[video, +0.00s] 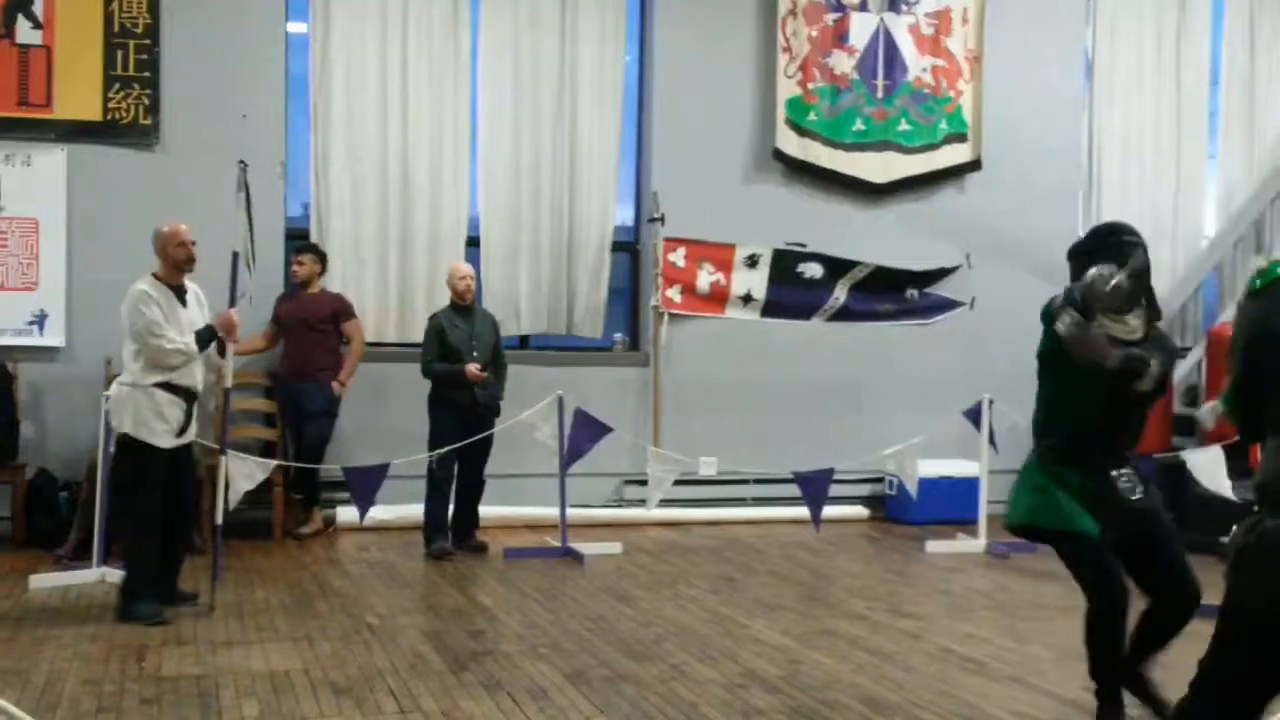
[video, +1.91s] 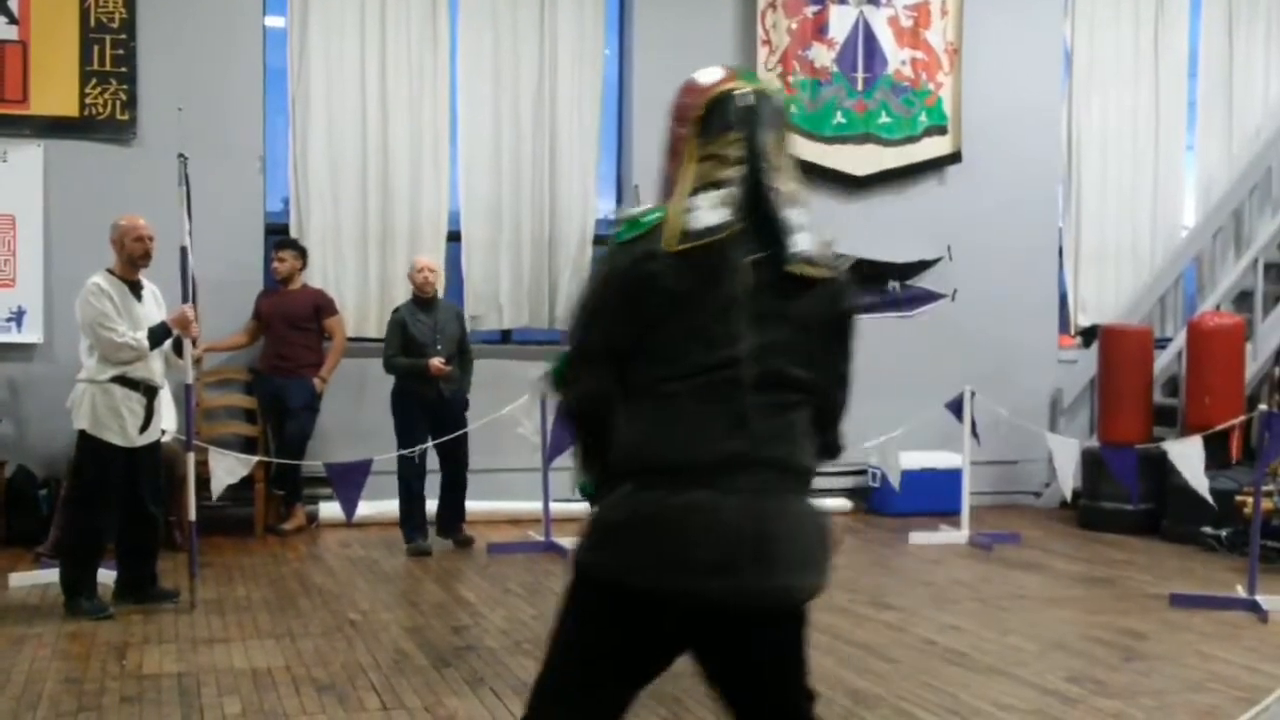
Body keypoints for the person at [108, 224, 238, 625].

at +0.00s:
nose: (191, 252)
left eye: (192, 245)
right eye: (182, 246)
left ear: (192, 251)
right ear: (162, 254)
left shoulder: (195, 293)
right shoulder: (142, 295)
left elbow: (210, 357)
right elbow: (165, 352)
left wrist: (224, 342)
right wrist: (214, 331)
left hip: (179, 410)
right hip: (143, 410)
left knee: (178, 502)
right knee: (144, 504)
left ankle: (166, 585)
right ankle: (137, 596)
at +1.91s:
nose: (148, 247)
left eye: (151, 240)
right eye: (139, 240)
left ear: (152, 245)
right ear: (117, 246)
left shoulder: (153, 293)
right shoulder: (96, 290)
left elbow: (169, 357)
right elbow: (117, 348)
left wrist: (185, 344)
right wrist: (170, 327)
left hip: (148, 410)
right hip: (106, 408)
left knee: (143, 501)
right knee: (94, 502)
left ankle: (137, 583)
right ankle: (79, 591)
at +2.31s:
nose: (122, 248)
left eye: (125, 241)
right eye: (113, 241)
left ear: (127, 246)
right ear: (92, 245)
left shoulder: (128, 293)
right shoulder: (70, 290)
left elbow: (146, 364)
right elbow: (89, 349)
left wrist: (159, 343)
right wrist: (143, 329)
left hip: (122, 410)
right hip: (80, 407)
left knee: (117, 502)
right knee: (66, 504)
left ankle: (114, 585)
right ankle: (53, 594)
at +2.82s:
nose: (59, 248)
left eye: (63, 241)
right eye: (51, 241)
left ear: (66, 248)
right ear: (30, 247)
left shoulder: (68, 295)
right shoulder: (10, 292)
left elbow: (79, 356)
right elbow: (30, 351)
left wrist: (98, 342)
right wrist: (80, 331)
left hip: (61, 417)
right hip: (19, 416)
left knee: (57, 507)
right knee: (14, 508)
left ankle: (51, 588)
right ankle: (4, 593)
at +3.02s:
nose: (28, 249)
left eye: (31, 242)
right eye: (19, 242)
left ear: (35, 247)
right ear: (2, 246)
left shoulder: (36, 296)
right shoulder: (3, 295)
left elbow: (49, 362)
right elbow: (6, 352)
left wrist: (67, 346)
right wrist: (46, 334)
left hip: (35, 423)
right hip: (7, 426)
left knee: (31, 511)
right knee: (10, 512)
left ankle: (24, 588)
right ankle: (13, 590)